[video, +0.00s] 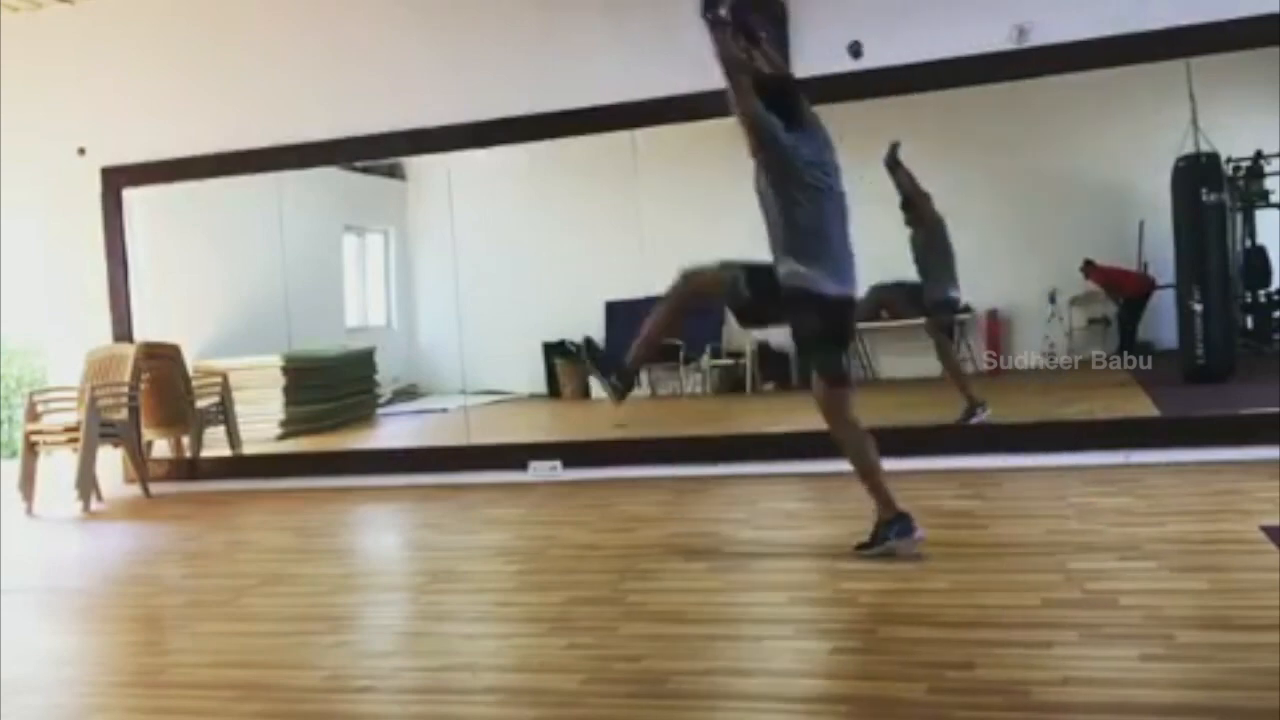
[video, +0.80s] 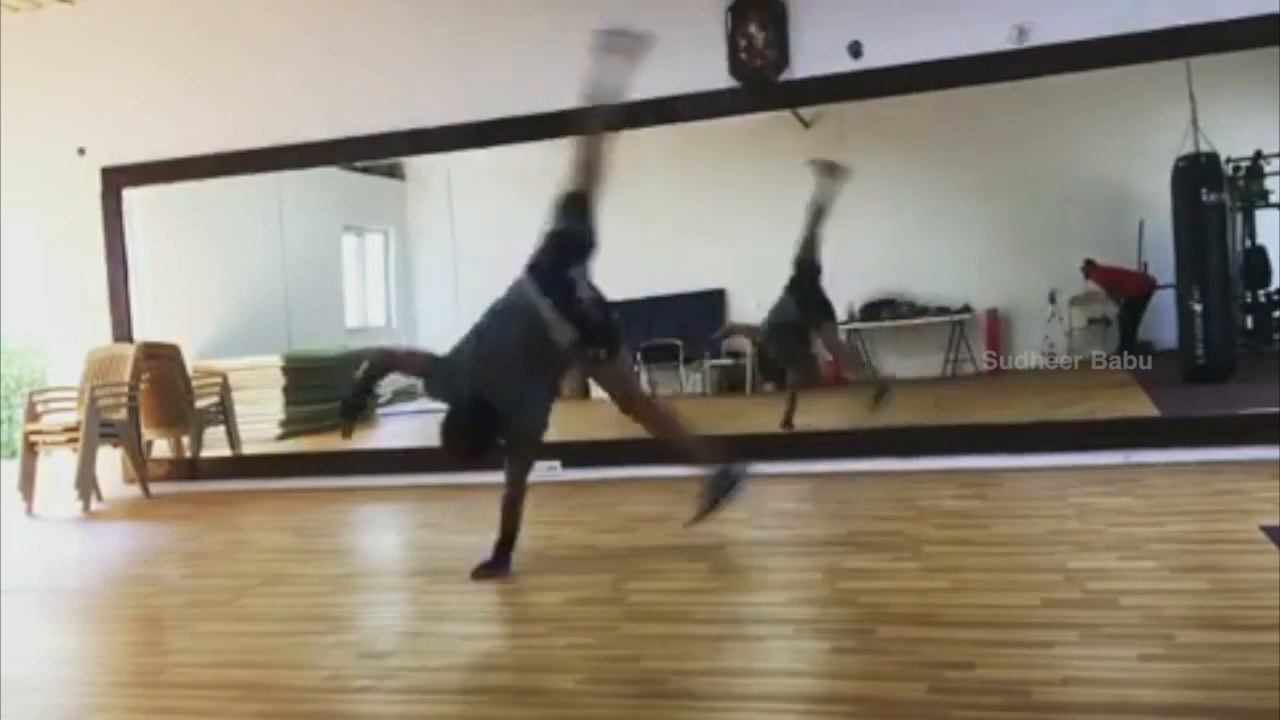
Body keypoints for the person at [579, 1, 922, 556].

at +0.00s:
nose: (748, 119)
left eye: (750, 109)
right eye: (748, 106)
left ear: (765, 110)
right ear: (794, 104)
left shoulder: (780, 146)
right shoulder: (817, 142)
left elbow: (742, 89)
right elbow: (780, 85)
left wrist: (717, 31)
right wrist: (748, 41)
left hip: (797, 290)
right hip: (835, 299)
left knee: (692, 284)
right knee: (837, 412)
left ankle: (625, 374)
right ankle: (891, 515)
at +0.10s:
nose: (717, 90)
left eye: (720, 83)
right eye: (726, 74)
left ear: (733, 90)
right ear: (771, 75)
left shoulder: (745, 119)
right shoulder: (791, 115)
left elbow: (704, 60)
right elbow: (758, 54)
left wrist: (677, 8)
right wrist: (722, 15)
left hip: (775, 258)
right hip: (820, 268)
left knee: (672, 267)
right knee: (833, 382)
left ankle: (626, 368)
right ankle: (877, 495)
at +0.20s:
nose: (663, 82)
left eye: (665, 77)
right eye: (665, 74)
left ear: (678, 79)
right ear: (712, 67)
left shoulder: (694, 103)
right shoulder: (740, 95)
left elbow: (639, 56)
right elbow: (700, 36)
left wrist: (601, 6)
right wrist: (661, 6)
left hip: (738, 240)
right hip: (787, 243)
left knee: (650, 294)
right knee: (807, 361)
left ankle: (621, 401)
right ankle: (838, 474)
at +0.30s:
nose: (636, 114)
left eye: (639, 103)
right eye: (636, 103)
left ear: (656, 94)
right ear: (685, 78)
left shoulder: (672, 117)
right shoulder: (717, 105)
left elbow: (610, 78)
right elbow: (673, 54)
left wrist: (566, 32)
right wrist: (631, 20)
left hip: (718, 251)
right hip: (768, 251)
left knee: (645, 321)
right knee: (790, 364)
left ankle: (623, 432)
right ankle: (824, 474)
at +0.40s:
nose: (595, 160)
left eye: (596, 153)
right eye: (594, 151)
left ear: (607, 150)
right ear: (637, 132)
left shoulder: (623, 178)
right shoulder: (667, 152)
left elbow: (561, 180)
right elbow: (624, 109)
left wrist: (502, 162)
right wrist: (575, 81)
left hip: (684, 307)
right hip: (735, 302)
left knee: (624, 382)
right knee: (757, 405)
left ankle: (633, 488)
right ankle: (820, 504)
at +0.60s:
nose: (481, 324)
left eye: (478, 317)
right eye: (478, 310)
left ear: (490, 322)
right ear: (504, 290)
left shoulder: (530, 345)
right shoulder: (527, 280)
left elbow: (504, 423)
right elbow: (475, 254)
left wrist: (471, 480)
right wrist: (418, 261)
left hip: (682, 323)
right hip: (646, 344)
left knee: (764, 374)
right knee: (607, 437)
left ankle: (846, 453)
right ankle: (656, 526)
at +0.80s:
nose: (476, 462)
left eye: (477, 459)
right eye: (465, 458)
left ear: (489, 443)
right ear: (452, 427)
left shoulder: (523, 426)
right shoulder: (451, 378)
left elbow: (514, 493)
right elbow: (385, 358)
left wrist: (502, 554)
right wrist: (359, 391)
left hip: (585, 326)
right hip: (546, 279)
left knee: (635, 404)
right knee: (584, 173)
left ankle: (716, 466)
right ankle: (611, 75)